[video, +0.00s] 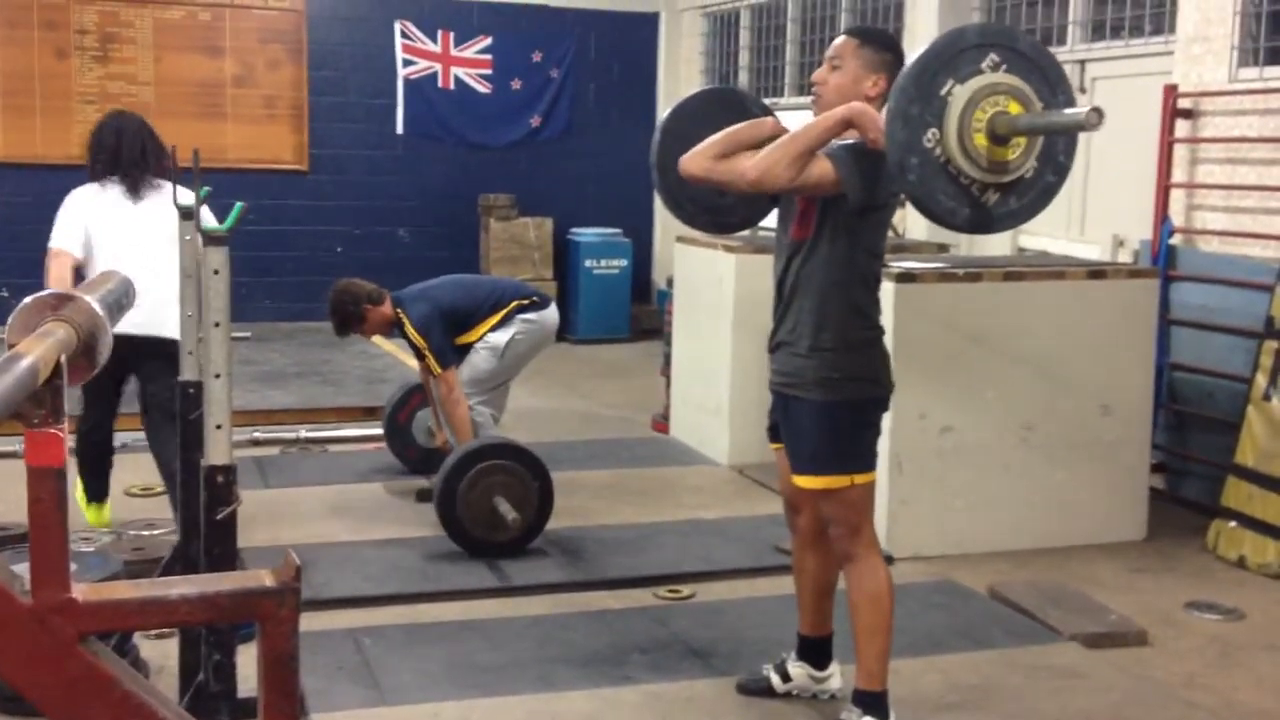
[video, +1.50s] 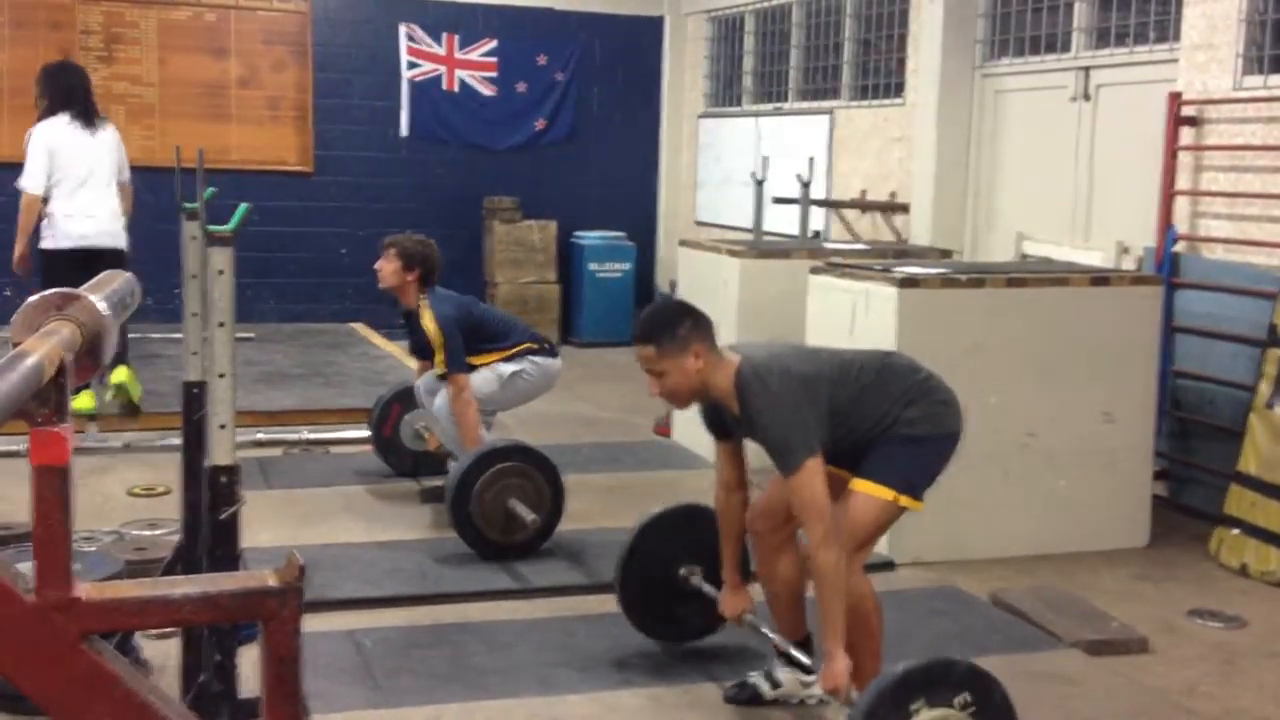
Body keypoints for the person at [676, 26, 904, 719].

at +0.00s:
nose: (815, 77)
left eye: (831, 66)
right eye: (820, 65)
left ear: (873, 86)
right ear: (847, 87)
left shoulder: (867, 157)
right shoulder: (811, 156)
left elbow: (761, 175)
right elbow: (695, 165)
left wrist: (840, 115)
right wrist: (784, 124)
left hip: (841, 377)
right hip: (794, 373)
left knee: (852, 537)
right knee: (805, 523)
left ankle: (872, 705)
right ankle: (813, 663)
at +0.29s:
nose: (806, 82)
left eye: (823, 71)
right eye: (811, 71)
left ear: (865, 87)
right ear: (839, 89)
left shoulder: (862, 159)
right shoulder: (809, 164)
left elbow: (774, 216)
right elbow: (697, 206)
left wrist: (831, 134)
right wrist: (746, 142)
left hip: (850, 381)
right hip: (804, 376)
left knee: (853, 542)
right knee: (807, 523)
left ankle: (870, 707)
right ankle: (811, 666)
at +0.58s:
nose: (778, 112)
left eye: (786, 96)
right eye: (776, 98)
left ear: (831, 92)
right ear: (817, 97)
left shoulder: (876, 168)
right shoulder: (796, 181)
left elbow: (892, 277)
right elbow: (801, 277)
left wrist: (852, 243)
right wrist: (743, 238)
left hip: (869, 386)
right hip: (809, 382)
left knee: (851, 544)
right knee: (792, 520)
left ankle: (869, 708)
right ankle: (809, 668)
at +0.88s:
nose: (735, 157)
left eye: (745, 142)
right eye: (731, 143)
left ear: (787, 135)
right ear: (745, 143)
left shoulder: (829, 208)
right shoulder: (761, 211)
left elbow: (867, 325)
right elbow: (741, 298)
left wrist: (839, 441)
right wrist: (730, 389)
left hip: (894, 394)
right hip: (833, 384)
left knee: (863, 546)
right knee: (793, 513)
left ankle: (869, 707)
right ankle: (798, 670)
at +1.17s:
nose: (648, 337)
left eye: (653, 321)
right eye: (643, 325)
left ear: (692, 300)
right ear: (691, 303)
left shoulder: (773, 342)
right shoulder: (716, 348)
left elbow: (831, 476)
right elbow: (733, 436)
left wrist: (846, 593)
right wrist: (738, 529)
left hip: (916, 397)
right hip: (851, 403)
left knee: (859, 552)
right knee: (785, 517)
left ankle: (874, 702)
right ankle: (800, 672)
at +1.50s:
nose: (654, 389)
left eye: (658, 374)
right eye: (649, 376)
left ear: (697, 357)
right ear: (696, 358)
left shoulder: (773, 395)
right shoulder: (720, 397)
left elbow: (825, 538)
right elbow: (730, 486)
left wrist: (836, 651)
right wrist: (732, 583)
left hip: (922, 419)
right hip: (866, 421)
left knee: (834, 554)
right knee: (767, 520)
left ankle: (867, 702)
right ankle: (795, 667)